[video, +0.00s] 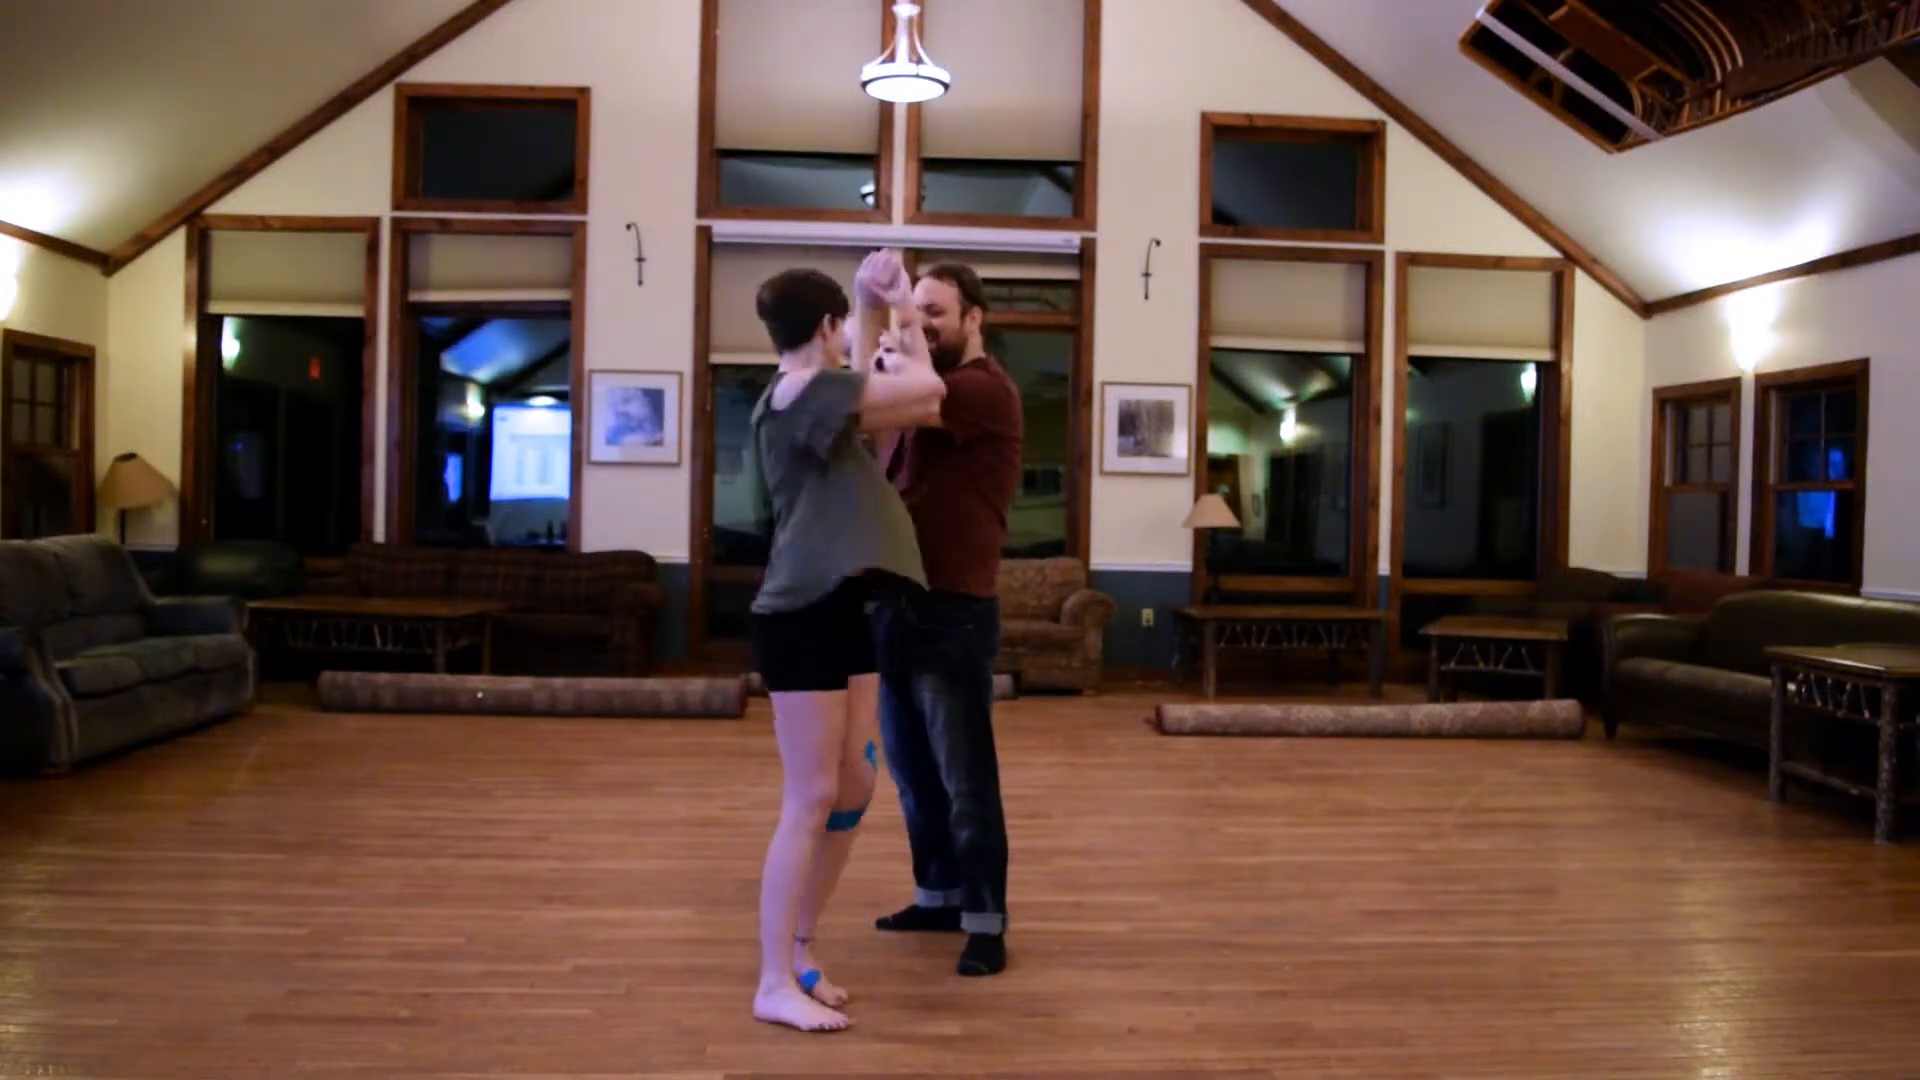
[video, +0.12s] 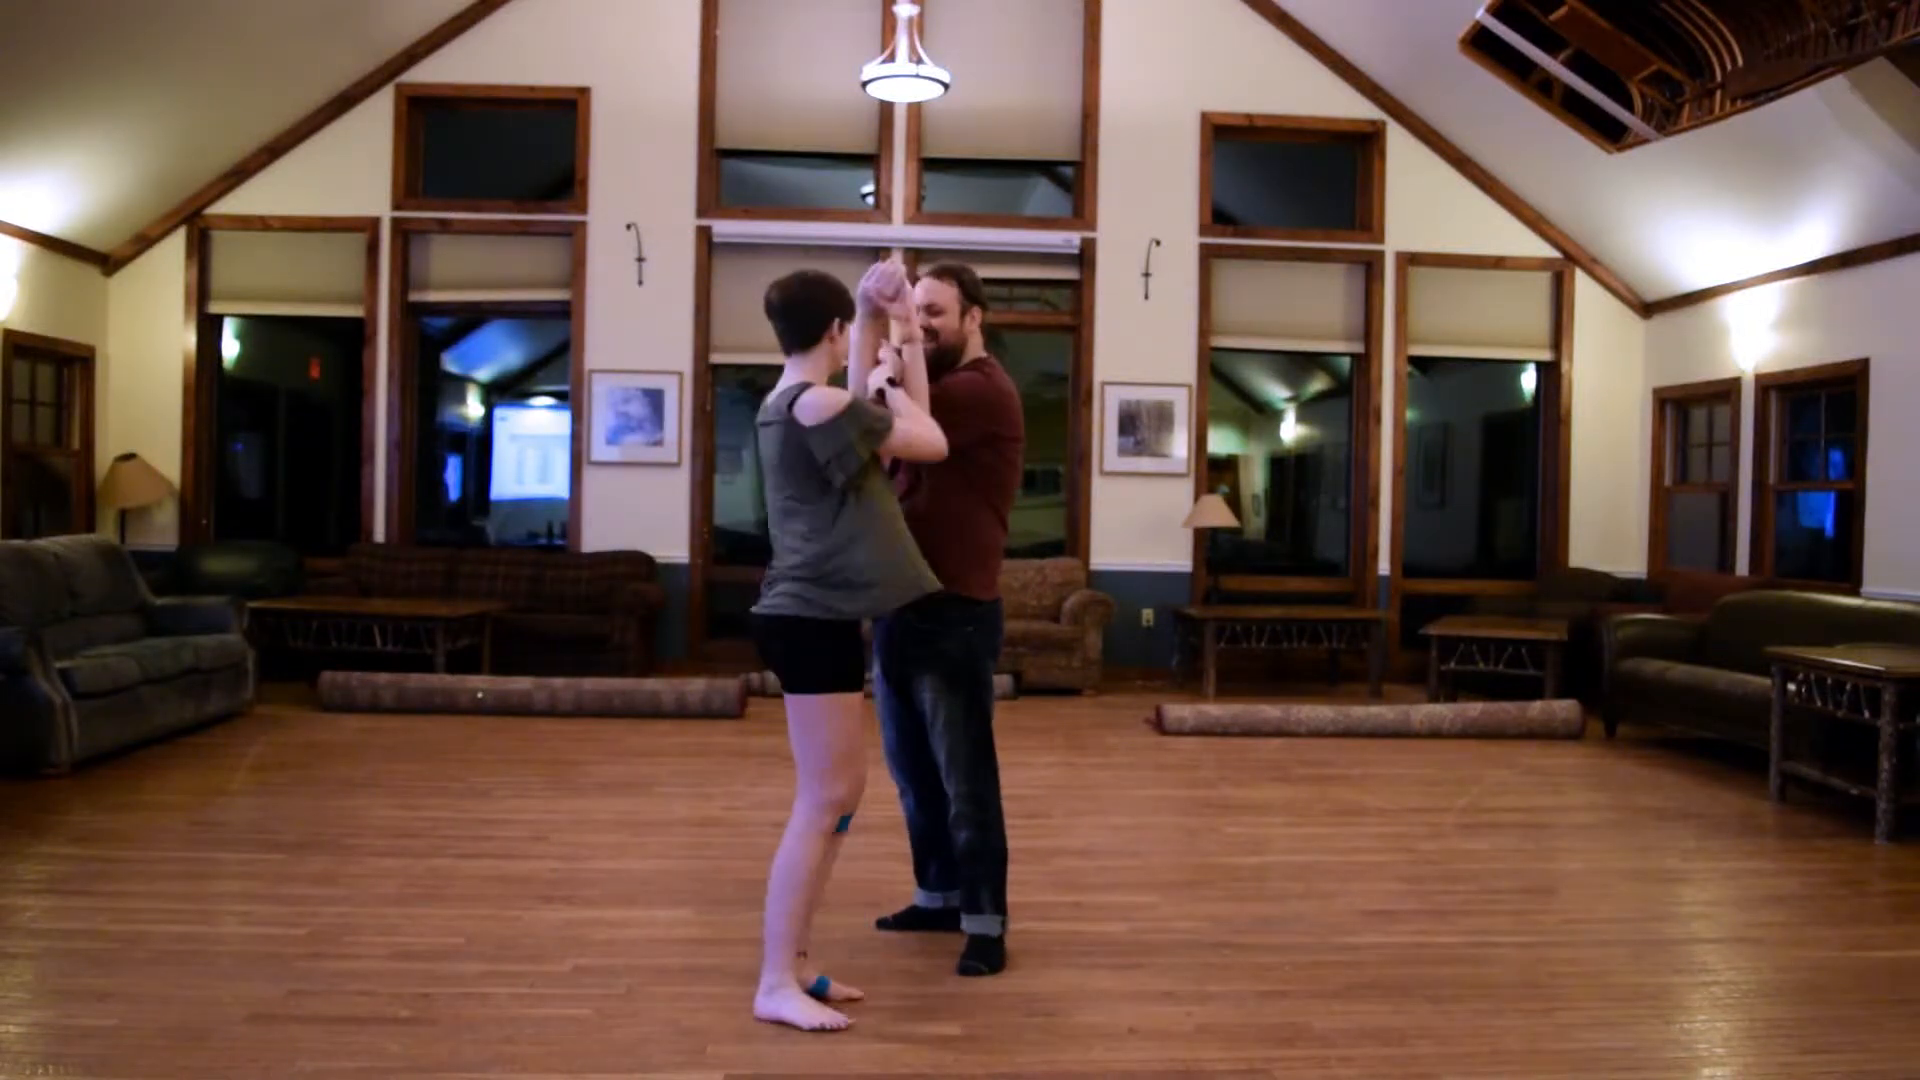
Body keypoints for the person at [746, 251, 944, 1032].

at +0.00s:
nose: (853, 335)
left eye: (853, 326)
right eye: (850, 324)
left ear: (786, 332)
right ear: (834, 326)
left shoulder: (810, 394)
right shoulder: (804, 396)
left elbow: (881, 388)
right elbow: (926, 394)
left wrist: (876, 304)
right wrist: (904, 317)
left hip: (845, 609)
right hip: (805, 613)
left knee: (852, 790)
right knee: (809, 797)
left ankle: (796, 954)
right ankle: (774, 986)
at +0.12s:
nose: (855, 336)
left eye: (857, 324)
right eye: (852, 325)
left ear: (785, 334)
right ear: (840, 331)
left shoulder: (784, 403)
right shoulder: (821, 407)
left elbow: (860, 406)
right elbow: (929, 438)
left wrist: (874, 319)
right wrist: (912, 355)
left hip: (818, 618)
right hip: (815, 622)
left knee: (837, 798)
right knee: (823, 803)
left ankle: (794, 966)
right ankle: (776, 986)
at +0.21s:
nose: (858, 340)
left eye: (861, 328)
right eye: (856, 329)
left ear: (787, 337)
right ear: (843, 336)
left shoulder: (779, 408)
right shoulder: (828, 415)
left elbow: (856, 406)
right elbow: (925, 464)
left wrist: (874, 324)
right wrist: (908, 373)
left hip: (800, 620)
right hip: (822, 627)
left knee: (832, 803)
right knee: (831, 806)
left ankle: (792, 971)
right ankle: (778, 985)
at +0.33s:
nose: (862, 336)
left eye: (866, 324)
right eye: (860, 326)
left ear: (789, 335)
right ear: (844, 334)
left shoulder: (777, 406)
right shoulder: (833, 411)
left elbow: (852, 410)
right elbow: (928, 465)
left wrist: (872, 334)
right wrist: (908, 374)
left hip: (790, 613)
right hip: (830, 620)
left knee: (826, 801)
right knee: (829, 804)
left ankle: (790, 972)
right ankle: (782, 984)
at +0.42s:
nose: (862, 336)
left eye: (865, 324)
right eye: (860, 326)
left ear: (789, 334)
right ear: (844, 333)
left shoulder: (777, 406)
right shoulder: (833, 408)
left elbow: (852, 414)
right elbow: (935, 453)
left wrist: (876, 347)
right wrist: (906, 366)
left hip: (792, 613)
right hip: (829, 620)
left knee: (818, 802)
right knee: (825, 806)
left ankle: (786, 974)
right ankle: (782, 985)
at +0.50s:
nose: (862, 336)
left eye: (862, 323)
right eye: (858, 326)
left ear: (789, 334)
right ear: (841, 333)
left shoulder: (777, 404)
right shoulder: (832, 405)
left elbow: (859, 429)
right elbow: (938, 448)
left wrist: (879, 351)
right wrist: (903, 367)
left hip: (795, 612)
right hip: (828, 619)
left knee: (817, 803)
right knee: (823, 806)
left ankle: (787, 975)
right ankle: (782, 985)